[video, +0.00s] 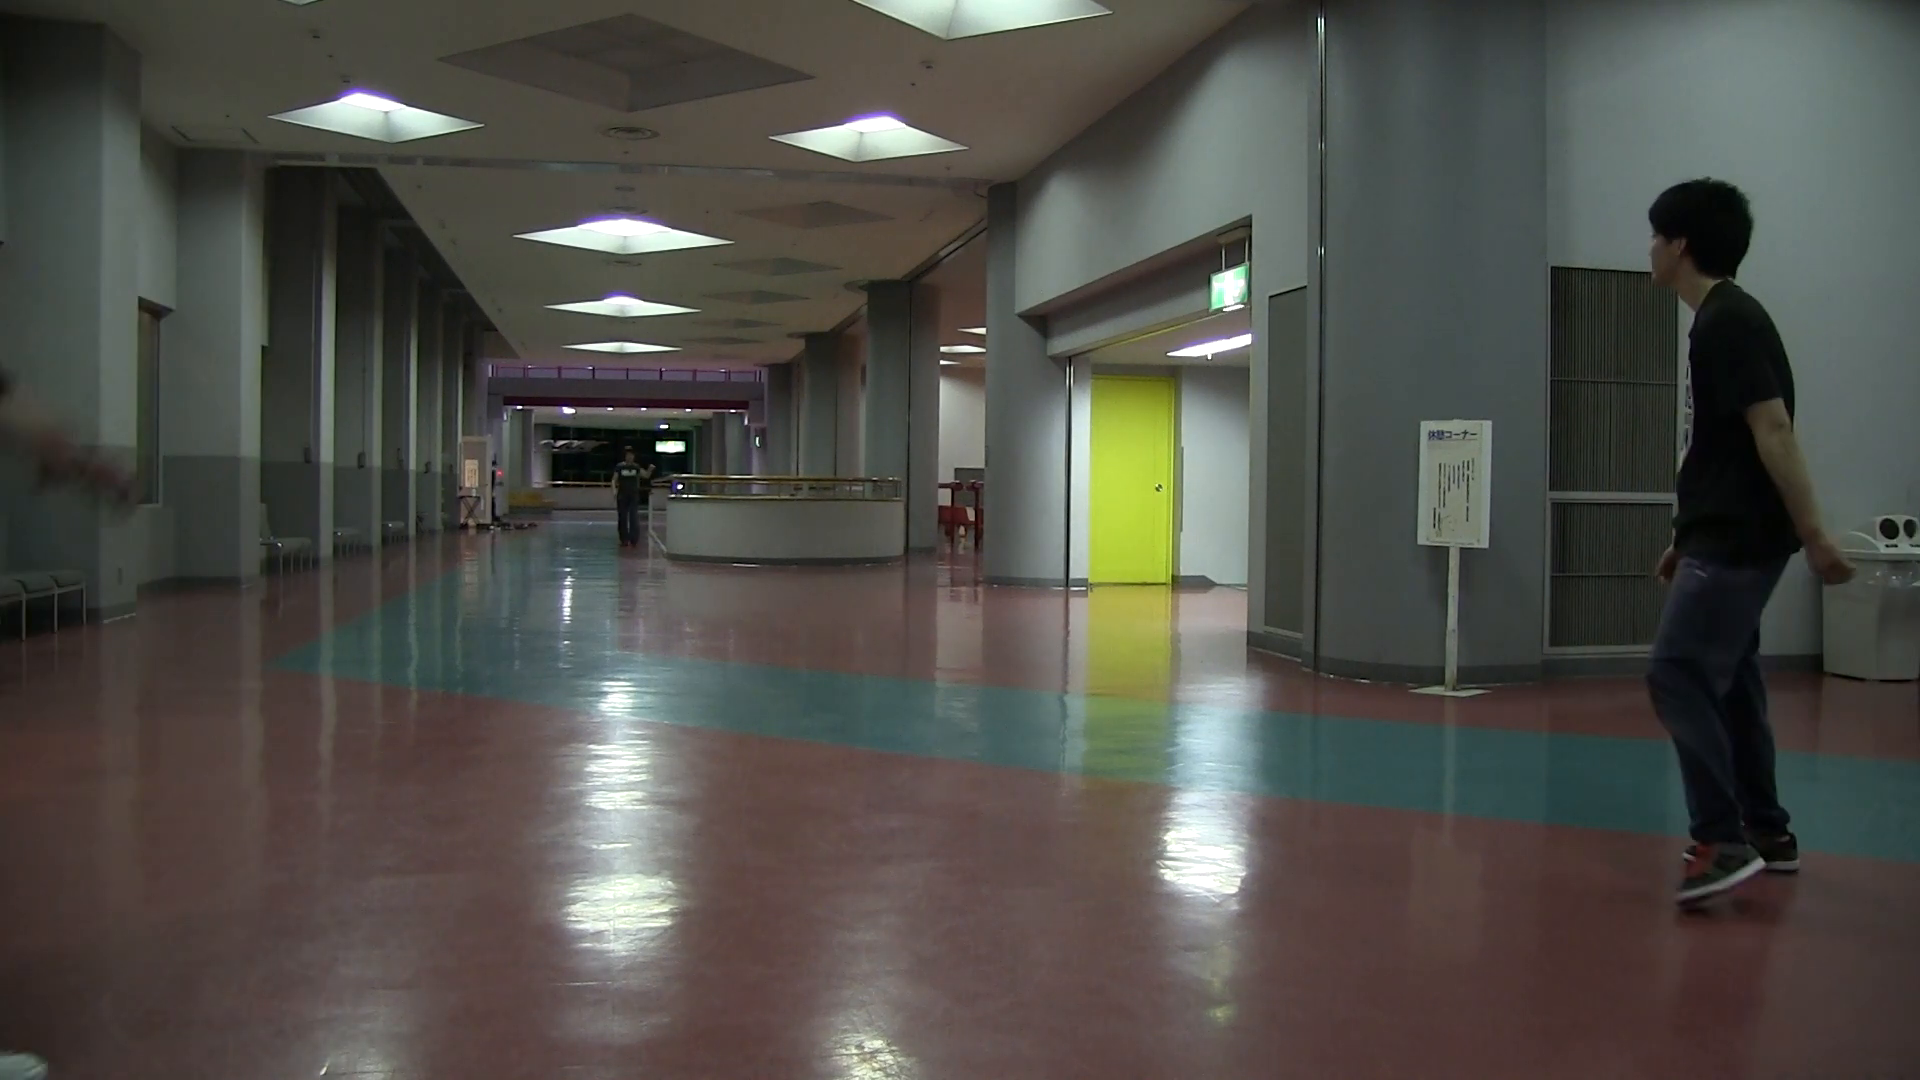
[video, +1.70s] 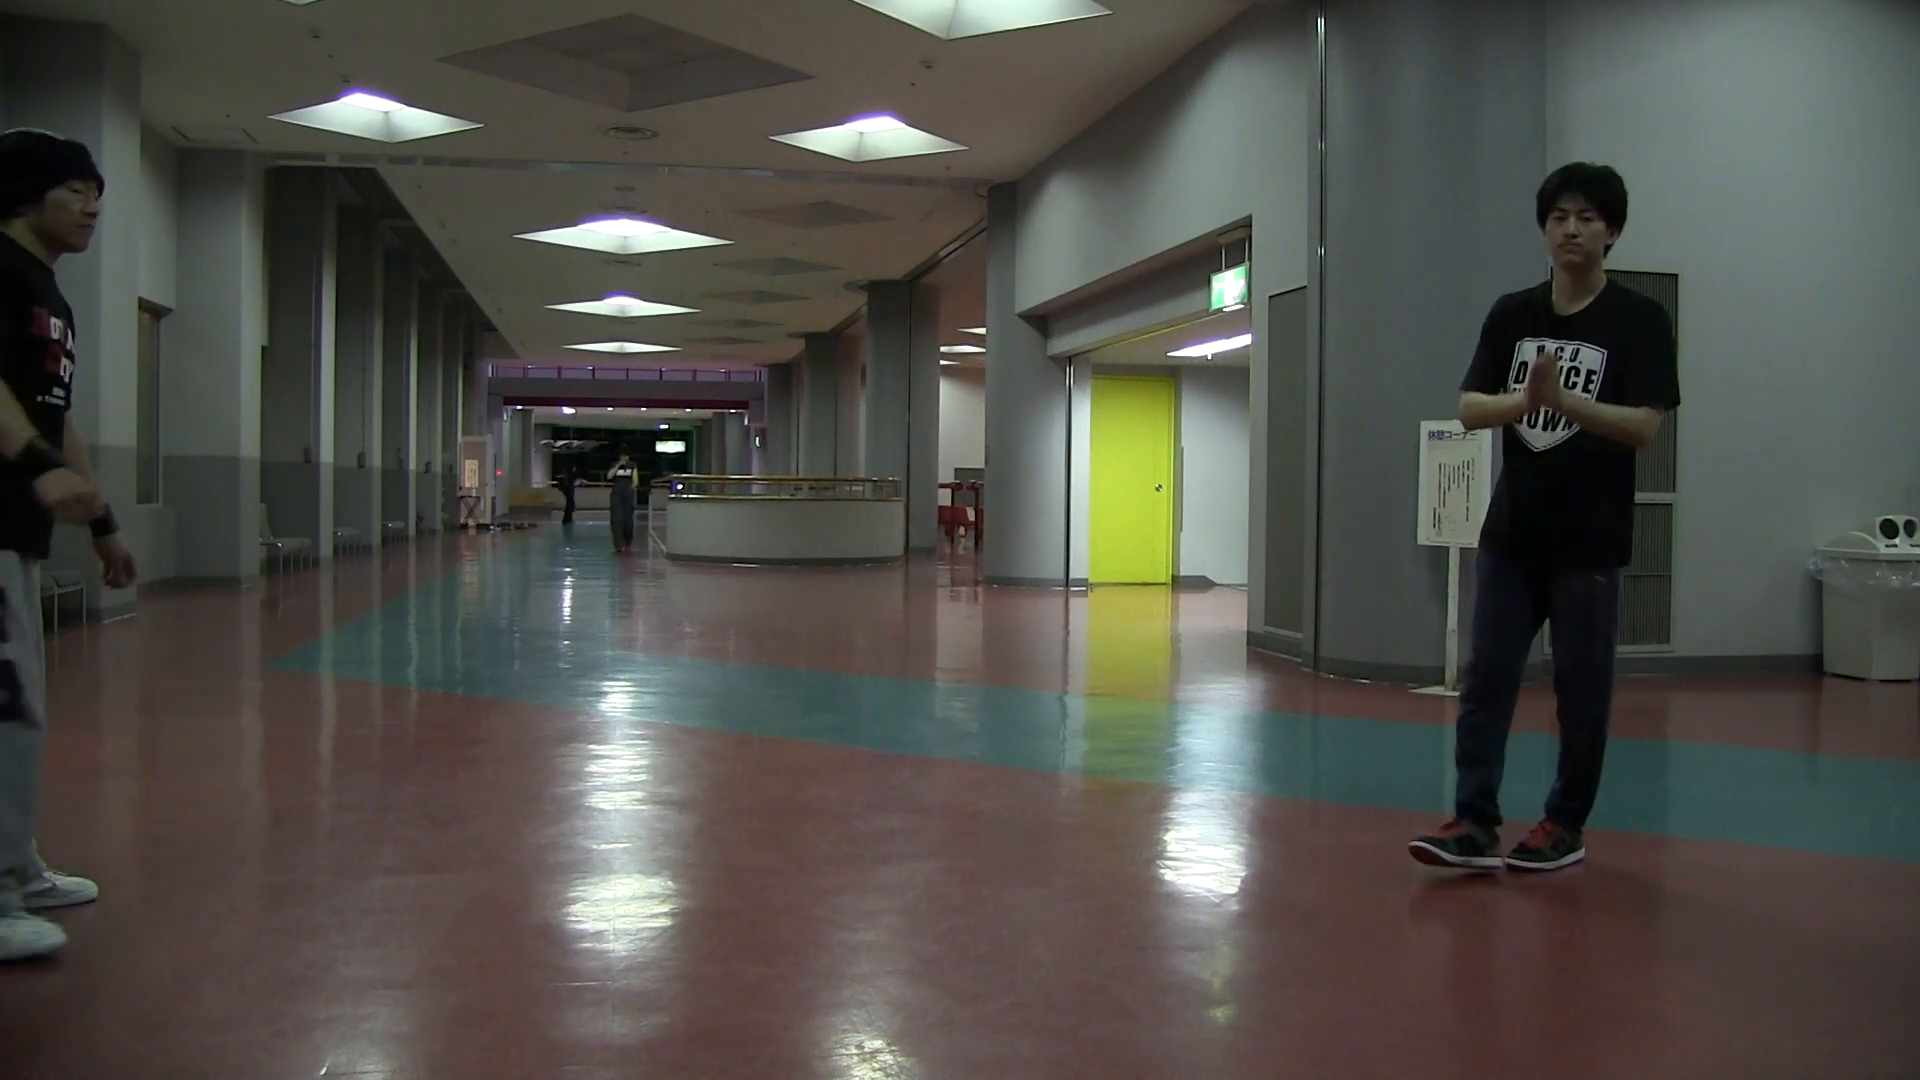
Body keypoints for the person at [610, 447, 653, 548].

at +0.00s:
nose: (629, 458)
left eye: (631, 456)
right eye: (627, 456)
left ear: (633, 457)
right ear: (625, 457)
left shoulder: (636, 467)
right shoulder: (620, 467)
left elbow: (645, 475)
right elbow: (614, 480)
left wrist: (650, 470)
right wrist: (614, 491)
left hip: (634, 496)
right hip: (622, 496)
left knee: (634, 518)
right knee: (622, 519)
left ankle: (634, 540)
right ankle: (624, 540)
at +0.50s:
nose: (631, 459)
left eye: (632, 456)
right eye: (629, 456)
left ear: (635, 457)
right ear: (626, 457)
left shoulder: (639, 467)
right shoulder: (621, 467)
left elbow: (646, 478)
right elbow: (616, 482)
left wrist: (640, 470)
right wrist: (614, 496)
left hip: (636, 498)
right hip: (624, 498)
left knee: (634, 520)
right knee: (624, 519)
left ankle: (632, 541)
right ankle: (623, 541)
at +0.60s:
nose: (630, 459)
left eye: (632, 457)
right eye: (629, 457)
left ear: (635, 458)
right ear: (626, 458)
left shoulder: (638, 468)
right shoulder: (621, 469)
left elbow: (643, 480)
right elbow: (615, 483)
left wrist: (636, 483)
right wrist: (612, 498)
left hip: (635, 498)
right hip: (623, 498)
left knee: (634, 519)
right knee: (625, 519)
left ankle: (632, 541)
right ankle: (626, 542)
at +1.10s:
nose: (630, 459)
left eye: (632, 457)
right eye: (628, 457)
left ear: (634, 457)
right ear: (625, 457)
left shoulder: (636, 468)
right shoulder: (619, 467)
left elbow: (640, 481)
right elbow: (612, 480)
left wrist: (644, 489)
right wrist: (617, 484)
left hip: (633, 497)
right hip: (621, 497)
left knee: (631, 519)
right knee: (622, 519)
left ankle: (628, 542)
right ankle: (624, 541)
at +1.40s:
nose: (627, 456)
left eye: (629, 454)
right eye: (626, 454)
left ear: (632, 454)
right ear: (623, 454)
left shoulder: (635, 465)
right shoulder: (618, 463)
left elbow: (639, 479)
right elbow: (610, 476)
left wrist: (641, 492)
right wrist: (617, 468)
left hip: (632, 495)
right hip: (620, 494)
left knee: (630, 520)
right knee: (619, 519)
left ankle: (627, 544)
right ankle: (618, 543)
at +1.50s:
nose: (627, 457)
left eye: (629, 455)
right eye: (625, 455)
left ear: (632, 456)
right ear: (622, 455)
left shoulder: (635, 465)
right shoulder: (618, 464)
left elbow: (637, 478)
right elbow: (610, 476)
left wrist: (635, 485)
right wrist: (618, 467)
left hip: (631, 494)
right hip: (619, 494)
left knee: (630, 519)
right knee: (619, 518)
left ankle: (627, 544)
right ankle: (616, 544)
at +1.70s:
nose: (624, 459)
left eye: (626, 456)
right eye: (622, 456)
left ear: (628, 456)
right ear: (619, 457)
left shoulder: (632, 466)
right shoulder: (616, 465)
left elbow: (635, 481)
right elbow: (609, 476)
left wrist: (632, 487)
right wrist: (618, 465)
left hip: (628, 497)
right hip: (617, 496)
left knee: (628, 520)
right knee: (617, 520)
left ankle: (628, 544)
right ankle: (618, 545)